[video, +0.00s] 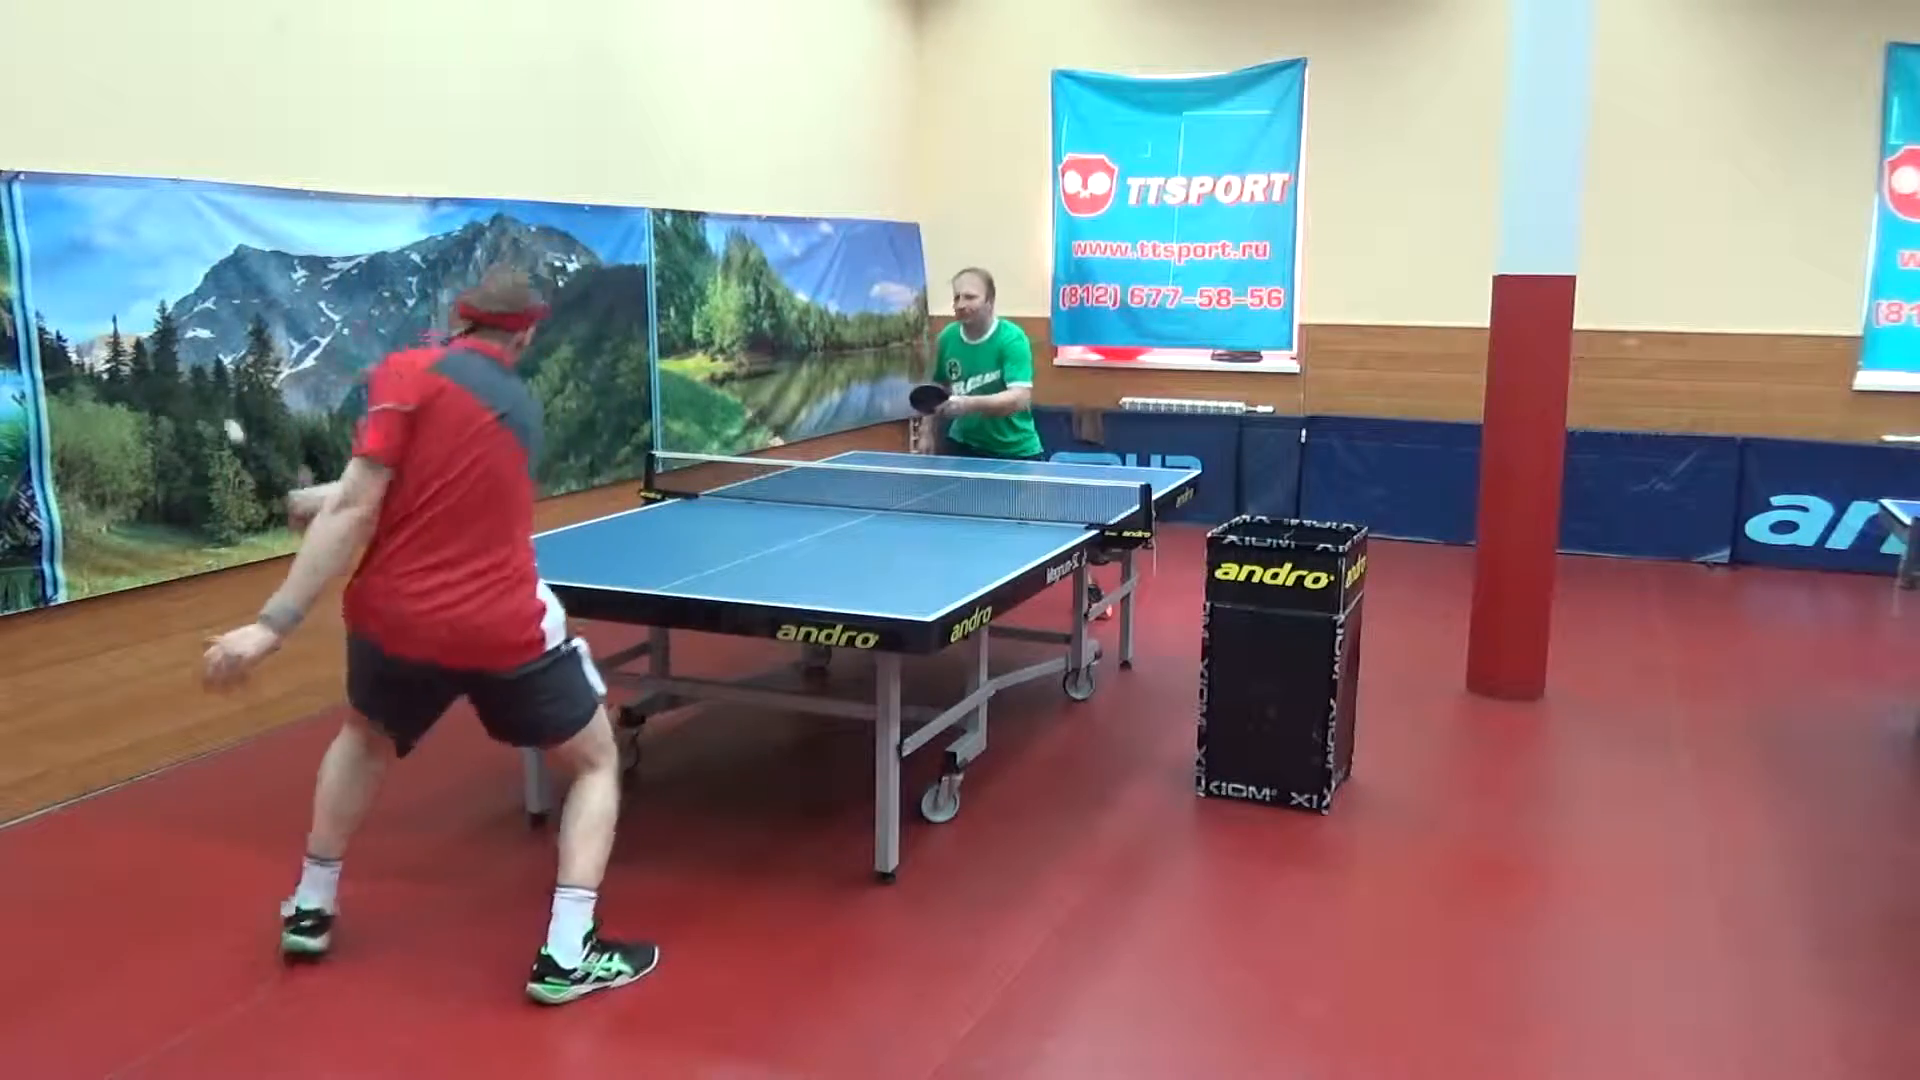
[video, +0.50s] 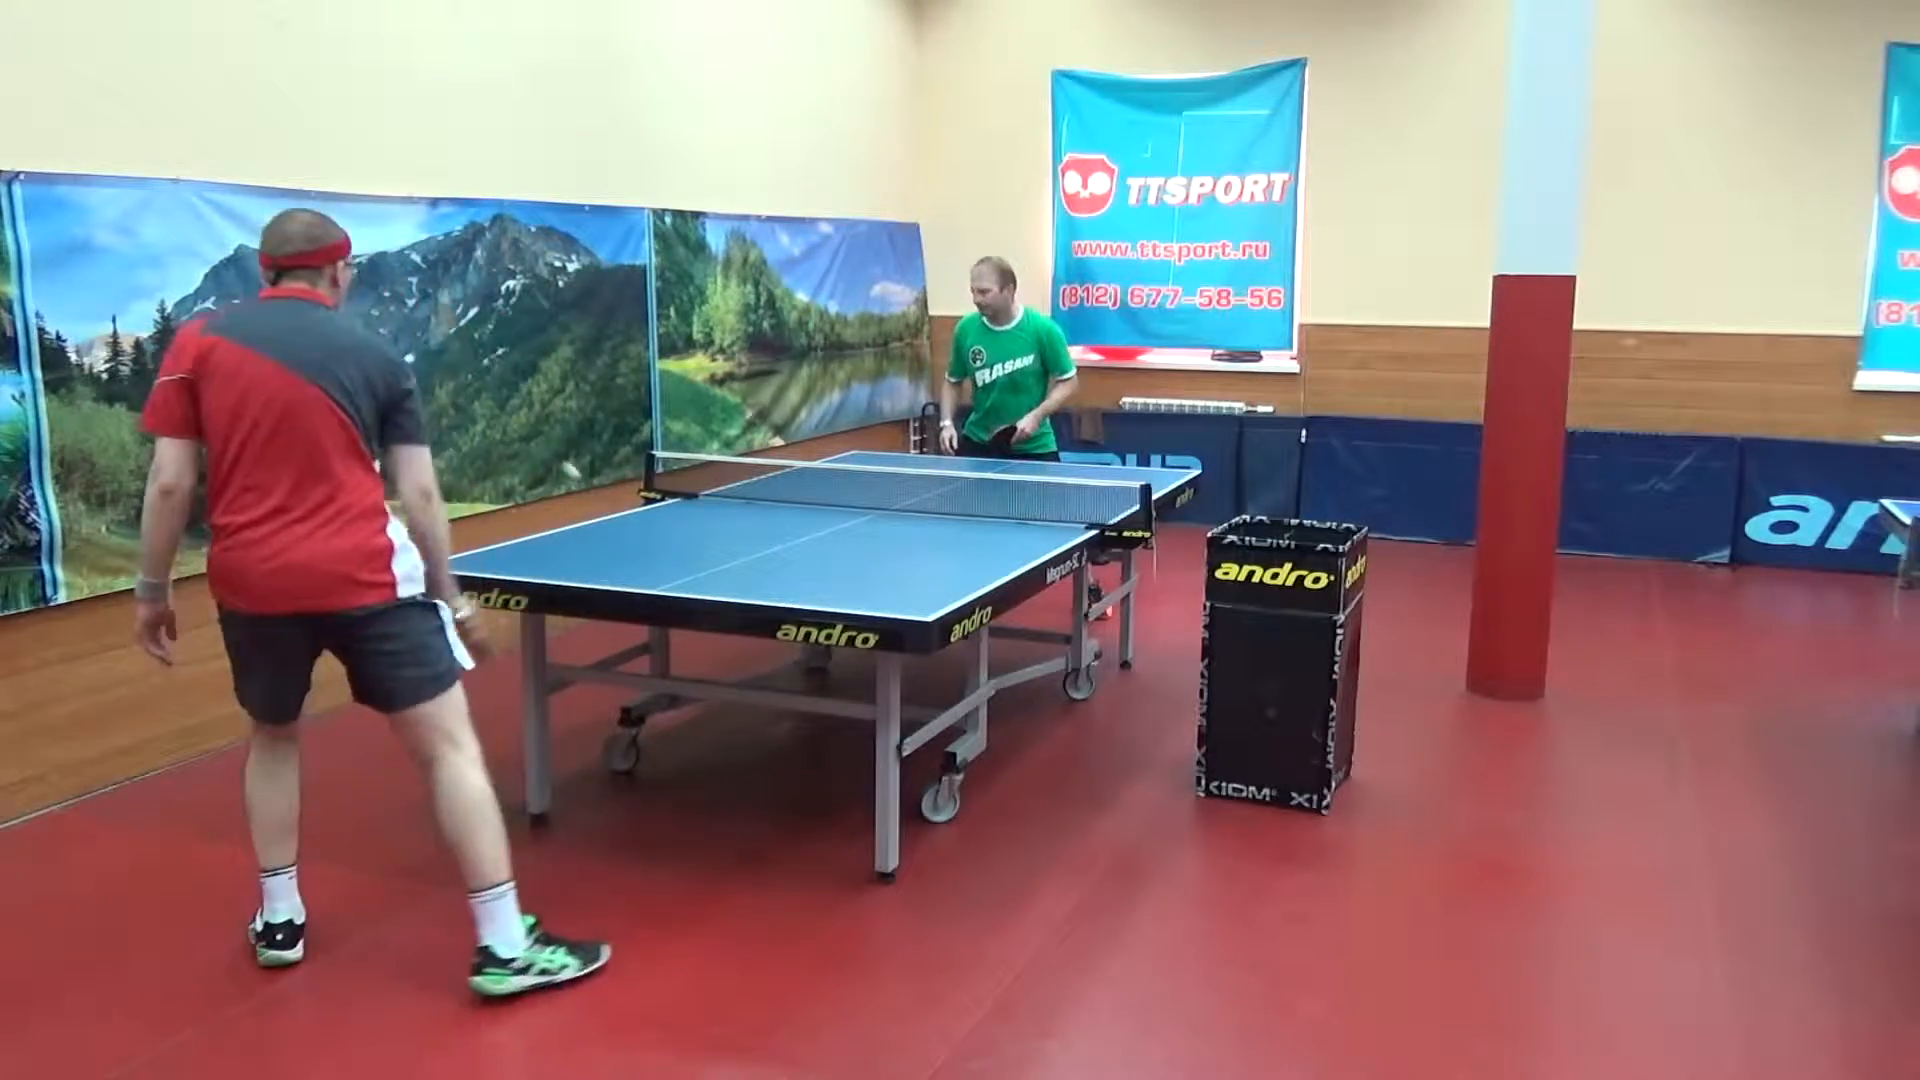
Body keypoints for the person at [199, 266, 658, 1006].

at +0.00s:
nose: (528, 349)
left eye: (528, 338)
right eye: (530, 338)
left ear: (457, 320)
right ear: (520, 335)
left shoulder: (404, 374)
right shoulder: (519, 402)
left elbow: (356, 506)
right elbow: (451, 482)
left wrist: (270, 626)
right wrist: (339, 497)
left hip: (394, 629)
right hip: (508, 630)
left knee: (364, 734)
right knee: (594, 762)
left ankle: (311, 905)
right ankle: (569, 949)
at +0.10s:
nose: (485, 352)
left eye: (480, 342)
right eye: (485, 342)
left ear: (407, 334)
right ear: (476, 343)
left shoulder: (355, 395)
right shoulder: (482, 412)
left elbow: (314, 525)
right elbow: (399, 488)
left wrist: (225, 643)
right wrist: (281, 502)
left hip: (366, 645)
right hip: (480, 643)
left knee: (317, 745)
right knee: (563, 769)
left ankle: (283, 917)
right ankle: (566, 949)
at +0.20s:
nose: (441, 346)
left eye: (440, 336)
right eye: (440, 336)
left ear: (357, 333)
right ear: (430, 338)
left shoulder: (307, 390)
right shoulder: (440, 414)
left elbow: (268, 526)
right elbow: (380, 525)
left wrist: (190, 646)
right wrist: (262, 545)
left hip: (330, 643)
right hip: (445, 638)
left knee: (299, 744)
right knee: (535, 768)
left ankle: (282, 919)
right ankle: (562, 947)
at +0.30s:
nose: (399, 326)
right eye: (399, 316)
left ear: (314, 313)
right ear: (388, 317)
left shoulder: (263, 375)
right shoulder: (414, 401)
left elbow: (231, 507)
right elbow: (383, 513)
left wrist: (173, 630)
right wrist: (254, 566)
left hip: (297, 626)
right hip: (415, 620)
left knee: (286, 741)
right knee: (505, 759)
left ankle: (281, 919)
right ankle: (555, 942)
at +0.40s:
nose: (366, 302)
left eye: (363, 291)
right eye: (365, 291)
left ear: (283, 290)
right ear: (353, 293)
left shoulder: (223, 355)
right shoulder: (384, 377)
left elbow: (193, 490)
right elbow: (404, 515)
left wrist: (161, 605)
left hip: (271, 603)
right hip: (386, 595)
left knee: (279, 737)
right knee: (476, 750)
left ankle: (281, 922)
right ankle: (547, 939)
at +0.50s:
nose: (350, 284)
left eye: (346, 272)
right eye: (349, 273)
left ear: (265, 271)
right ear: (337, 273)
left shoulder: (199, 339)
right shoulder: (373, 356)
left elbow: (171, 480)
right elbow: (417, 494)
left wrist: (153, 588)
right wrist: (451, 599)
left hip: (254, 584)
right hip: (367, 574)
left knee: (273, 736)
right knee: (449, 747)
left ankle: (280, 918)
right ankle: (506, 943)